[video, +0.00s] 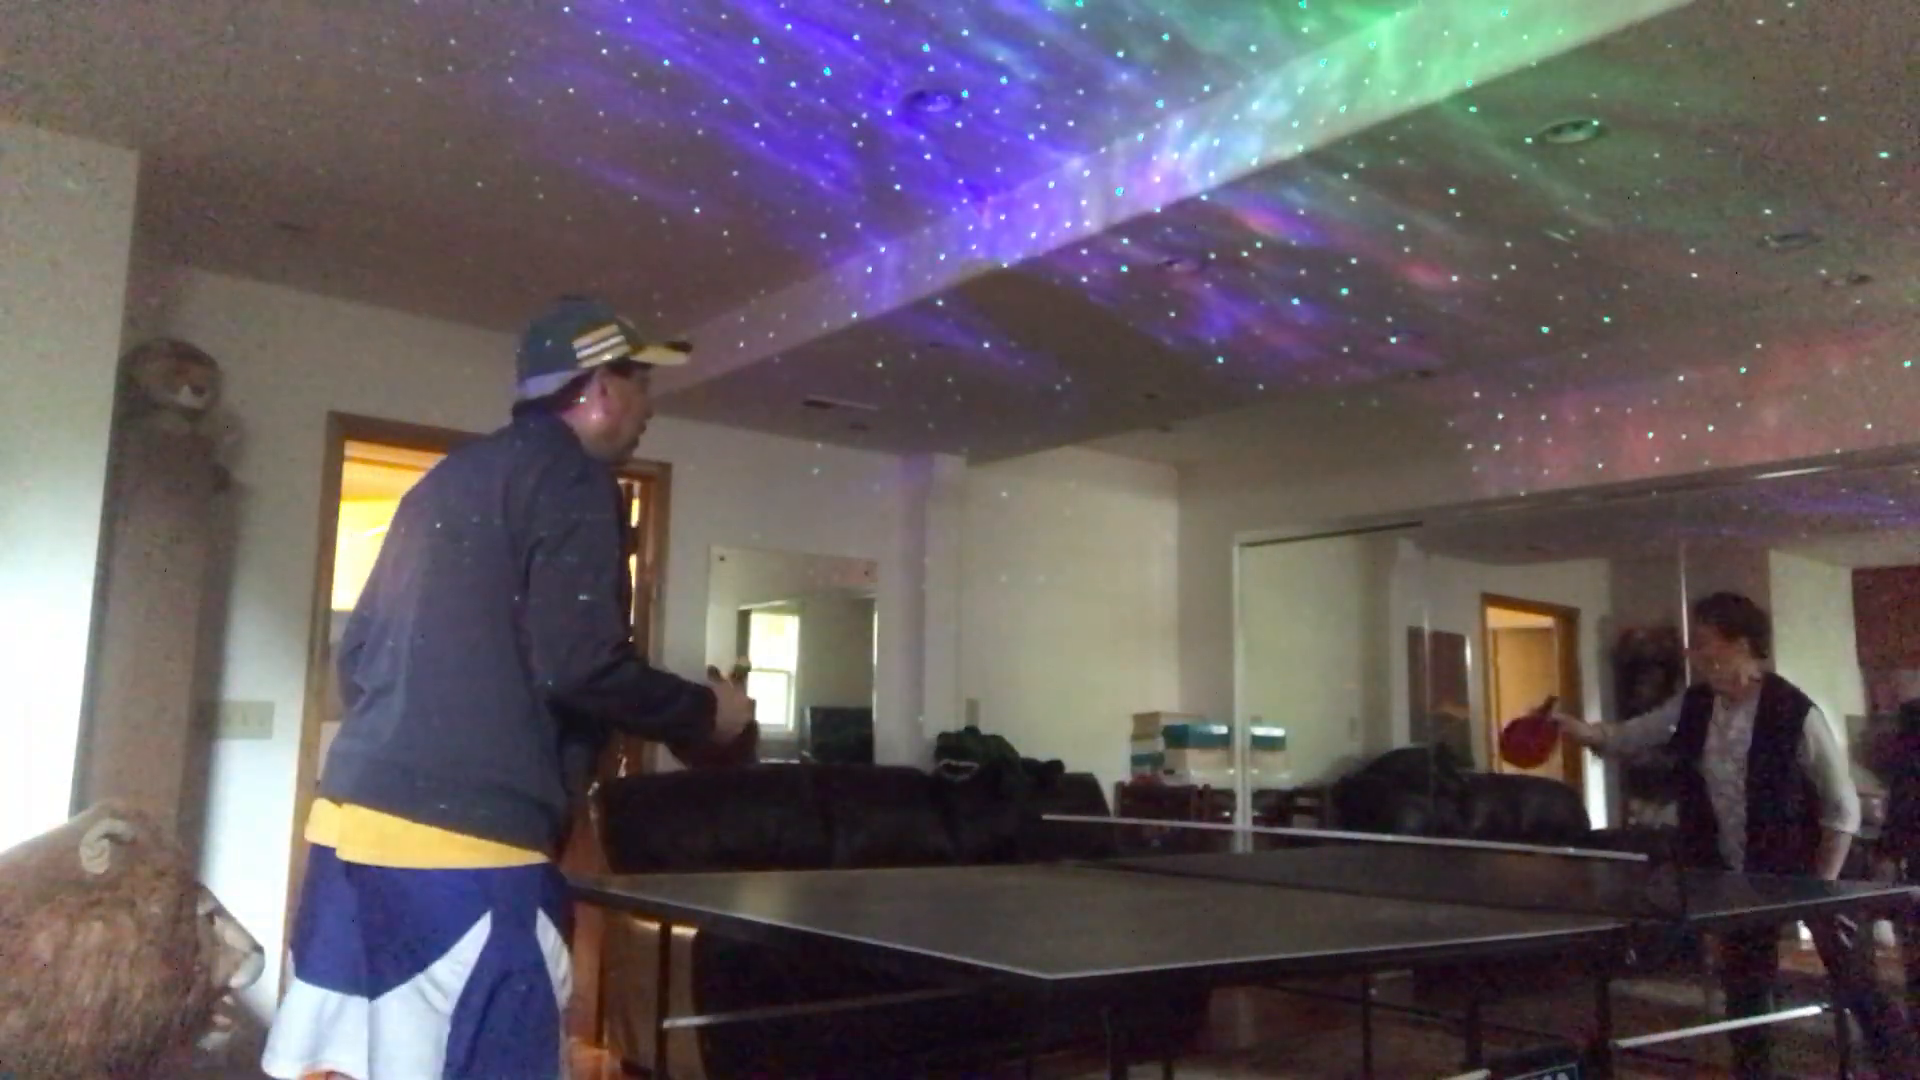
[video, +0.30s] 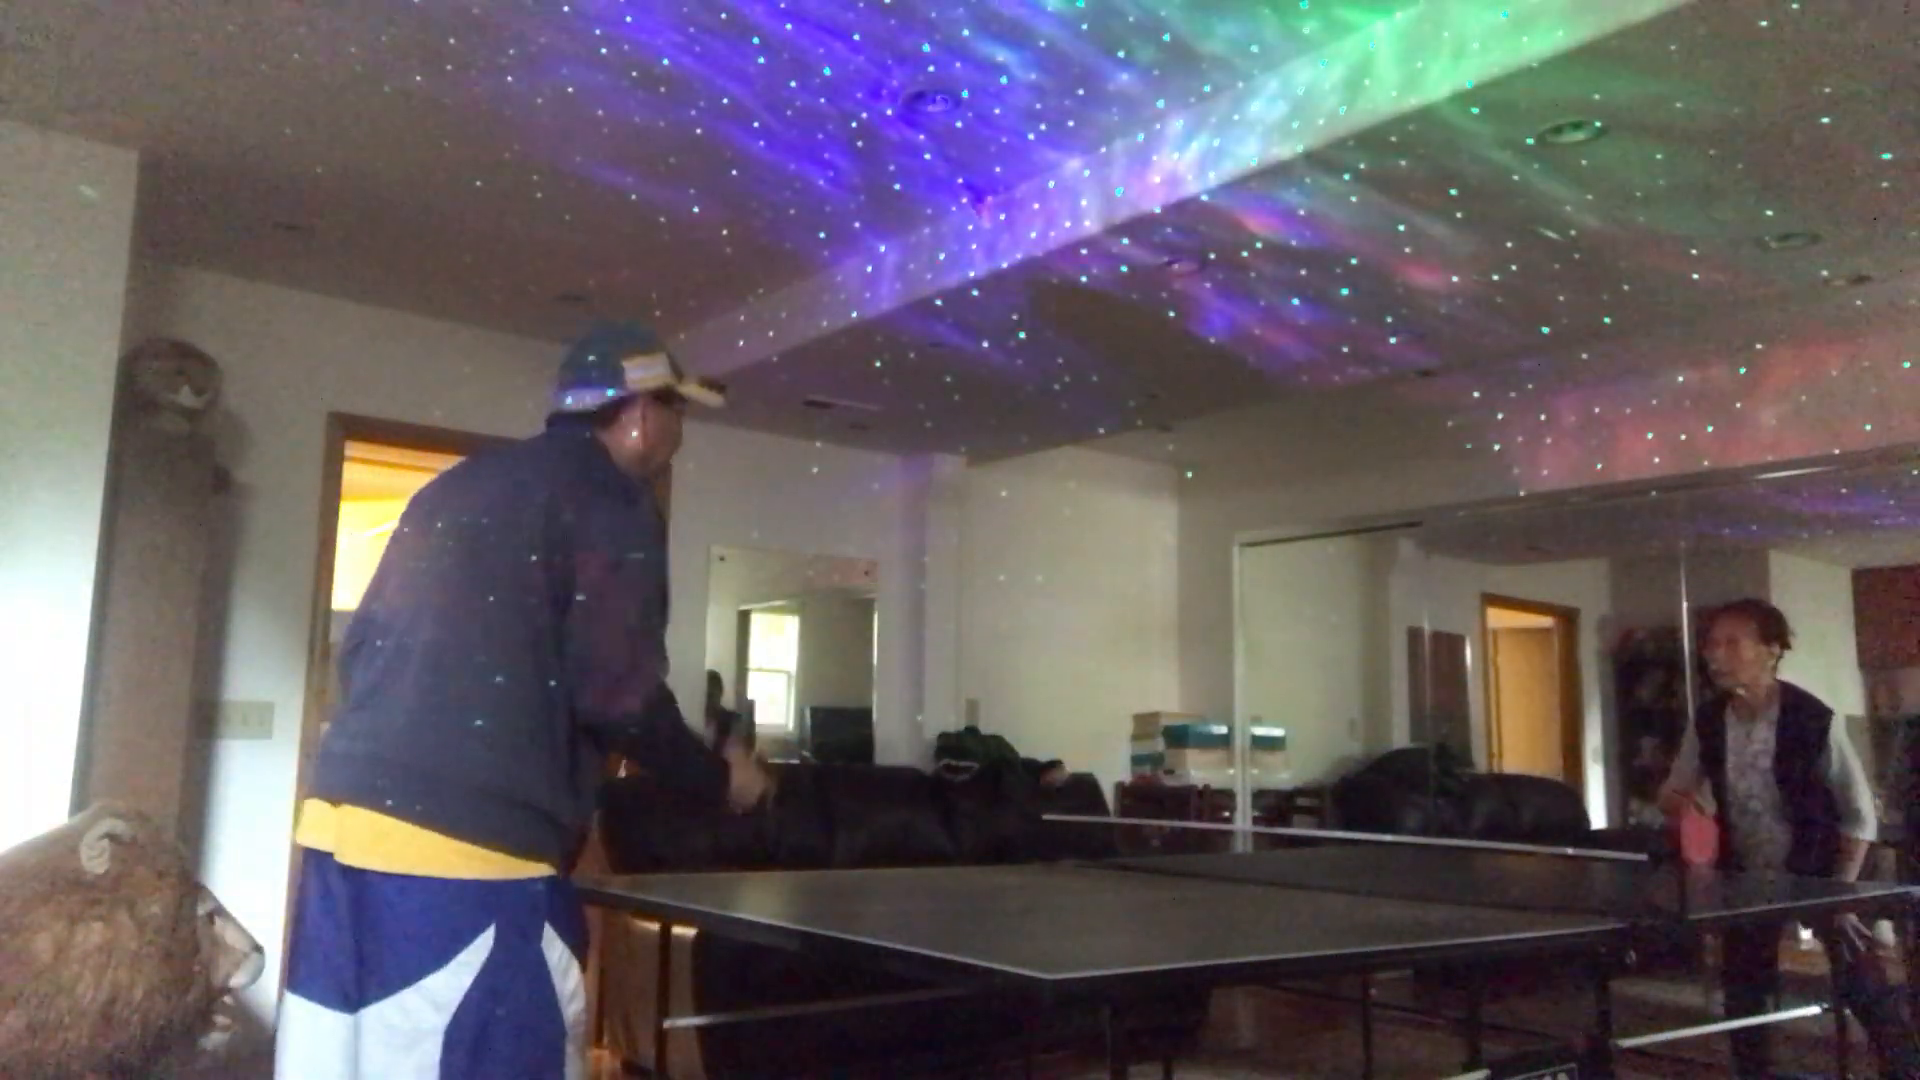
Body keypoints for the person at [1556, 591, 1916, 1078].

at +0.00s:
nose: (1695, 654)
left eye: (1705, 642)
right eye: (1694, 643)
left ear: (1742, 645)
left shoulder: (1796, 711)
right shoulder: (1692, 707)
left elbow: (1842, 808)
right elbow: (1625, 737)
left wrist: (1821, 888)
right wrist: (1562, 724)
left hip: (1808, 873)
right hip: (1738, 879)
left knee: (1858, 987)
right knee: (1745, 995)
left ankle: (1899, 1067)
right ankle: (1750, 1071)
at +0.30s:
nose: (1716, 656)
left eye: (1732, 643)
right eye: (1712, 645)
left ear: (1771, 651)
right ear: (1707, 655)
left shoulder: (1813, 719)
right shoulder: (1709, 718)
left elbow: (1860, 816)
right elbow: (1672, 791)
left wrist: (1838, 896)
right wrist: (1680, 803)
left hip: (1814, 870)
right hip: (1744, 872)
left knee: (1864, 982)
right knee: (1744, 993)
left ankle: (1902, 1065)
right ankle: (1750, 1071)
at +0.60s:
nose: (1724, 665)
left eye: (1740, 653)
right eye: (1720, 653)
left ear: (1779, 660)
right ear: (1714, 662)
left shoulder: (1822, 724)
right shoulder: (1709, 727)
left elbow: (1876, 812)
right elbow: (1701, 813)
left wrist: (1858, 892)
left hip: (1827, 878)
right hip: (1754, 881)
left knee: (1880, 977)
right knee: (1743, 990)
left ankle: (1916, 1053)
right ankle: (1748, 1068)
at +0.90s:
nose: (1756, 664)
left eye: (1770, 650)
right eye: (1749, 652)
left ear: (1809, 658)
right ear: (1742, 660)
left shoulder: (1856, 720)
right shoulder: (1744, 724)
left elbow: (1907, 807)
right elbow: (1738, 804)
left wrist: (1891, 893)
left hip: (1860, 883)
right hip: (1784, 887)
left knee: (1905, 988)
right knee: (1760, 1004)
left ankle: (1919, 1051)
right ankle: (1759, 1070)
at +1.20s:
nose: (1803, 691)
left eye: (1814, 675)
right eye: (1791, 680)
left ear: (1852, 670)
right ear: (1781, 684)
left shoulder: (1901, 716)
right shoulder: (1782, 730)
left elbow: (1914, 803)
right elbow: (1774, 811)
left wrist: (1906, 870)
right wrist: (1786, 825)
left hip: (1887, 879)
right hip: (1808, 882)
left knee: (1913, 987)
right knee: (1782, 982)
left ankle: (1918, 1054)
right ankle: (1758, 1068)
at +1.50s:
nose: (1820, 684)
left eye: (1836, 671)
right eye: (1808, 671)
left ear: (1868, 676)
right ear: (1795, 678)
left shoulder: (1904, 719)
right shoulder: (1792, 735)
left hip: (1903, 867)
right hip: (1830, 871)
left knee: (1915, 975)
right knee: (1812, 978)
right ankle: (1801, 1065)